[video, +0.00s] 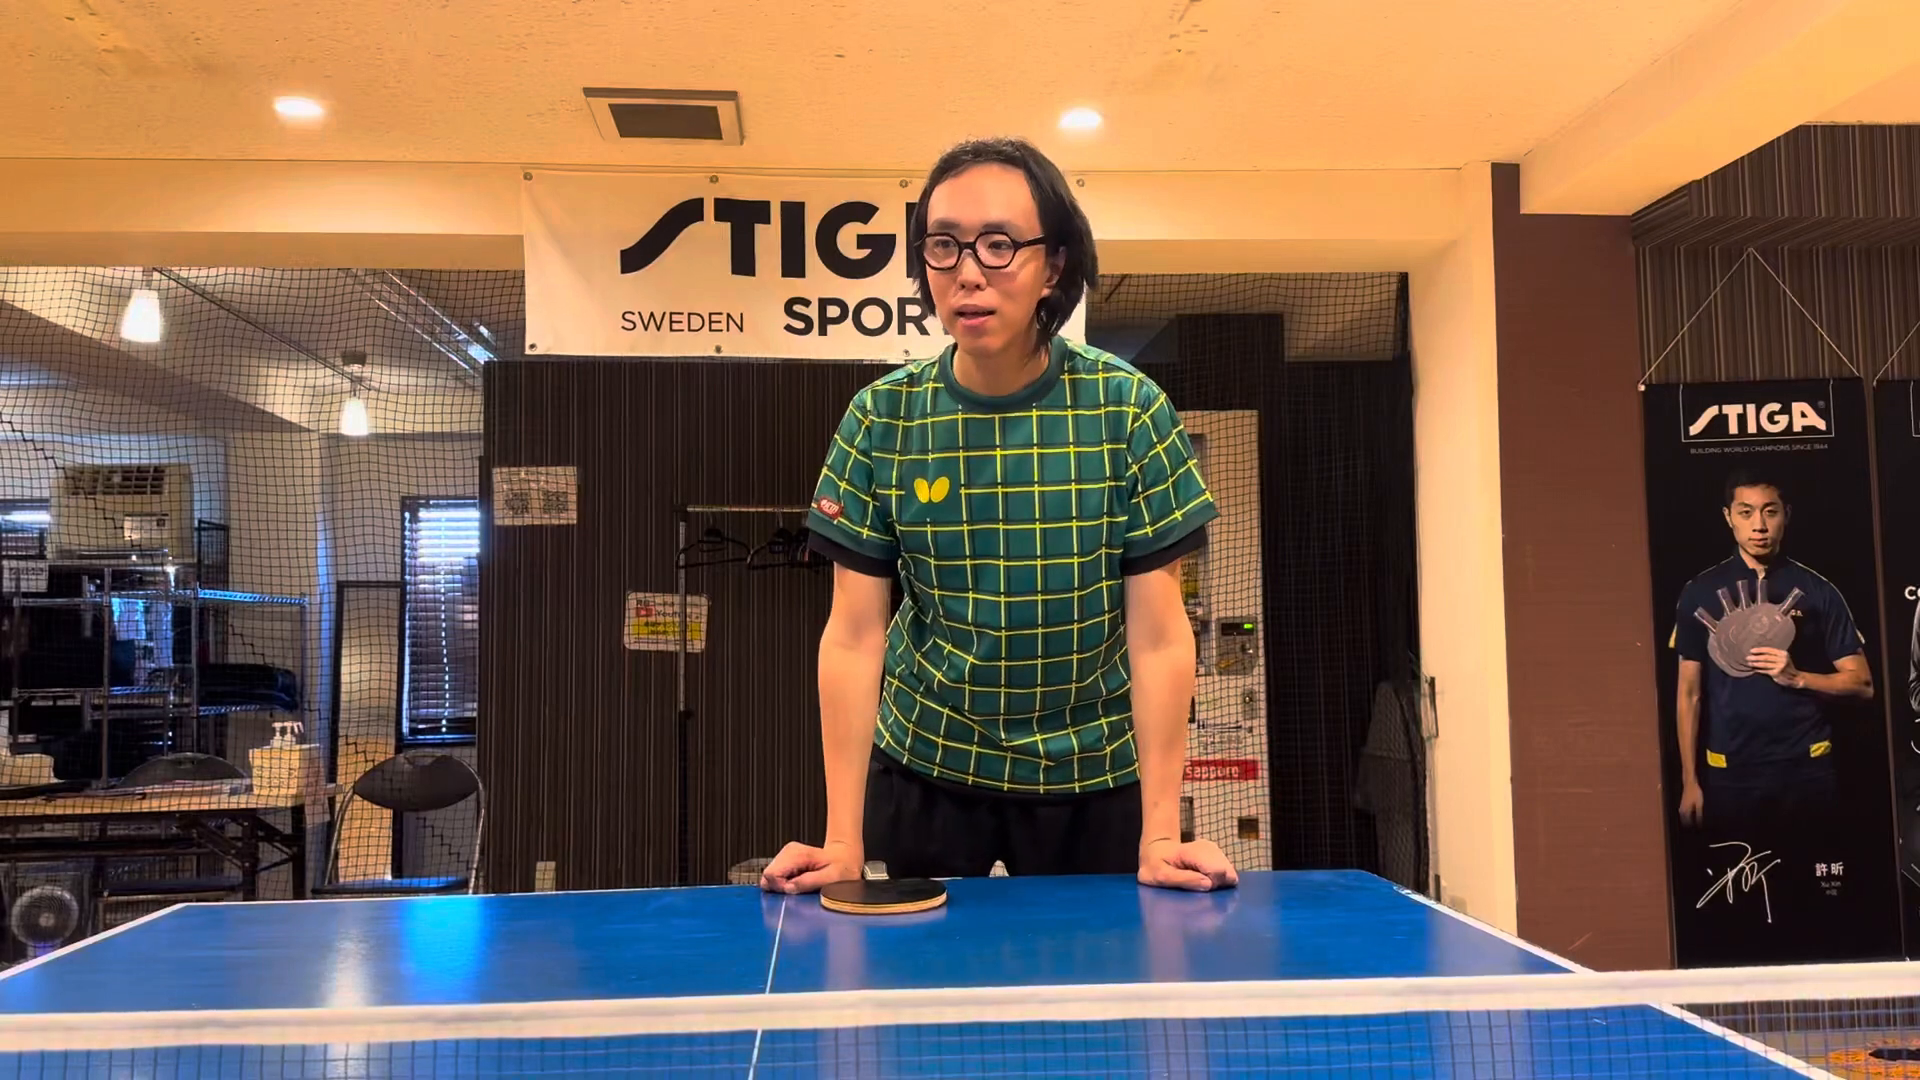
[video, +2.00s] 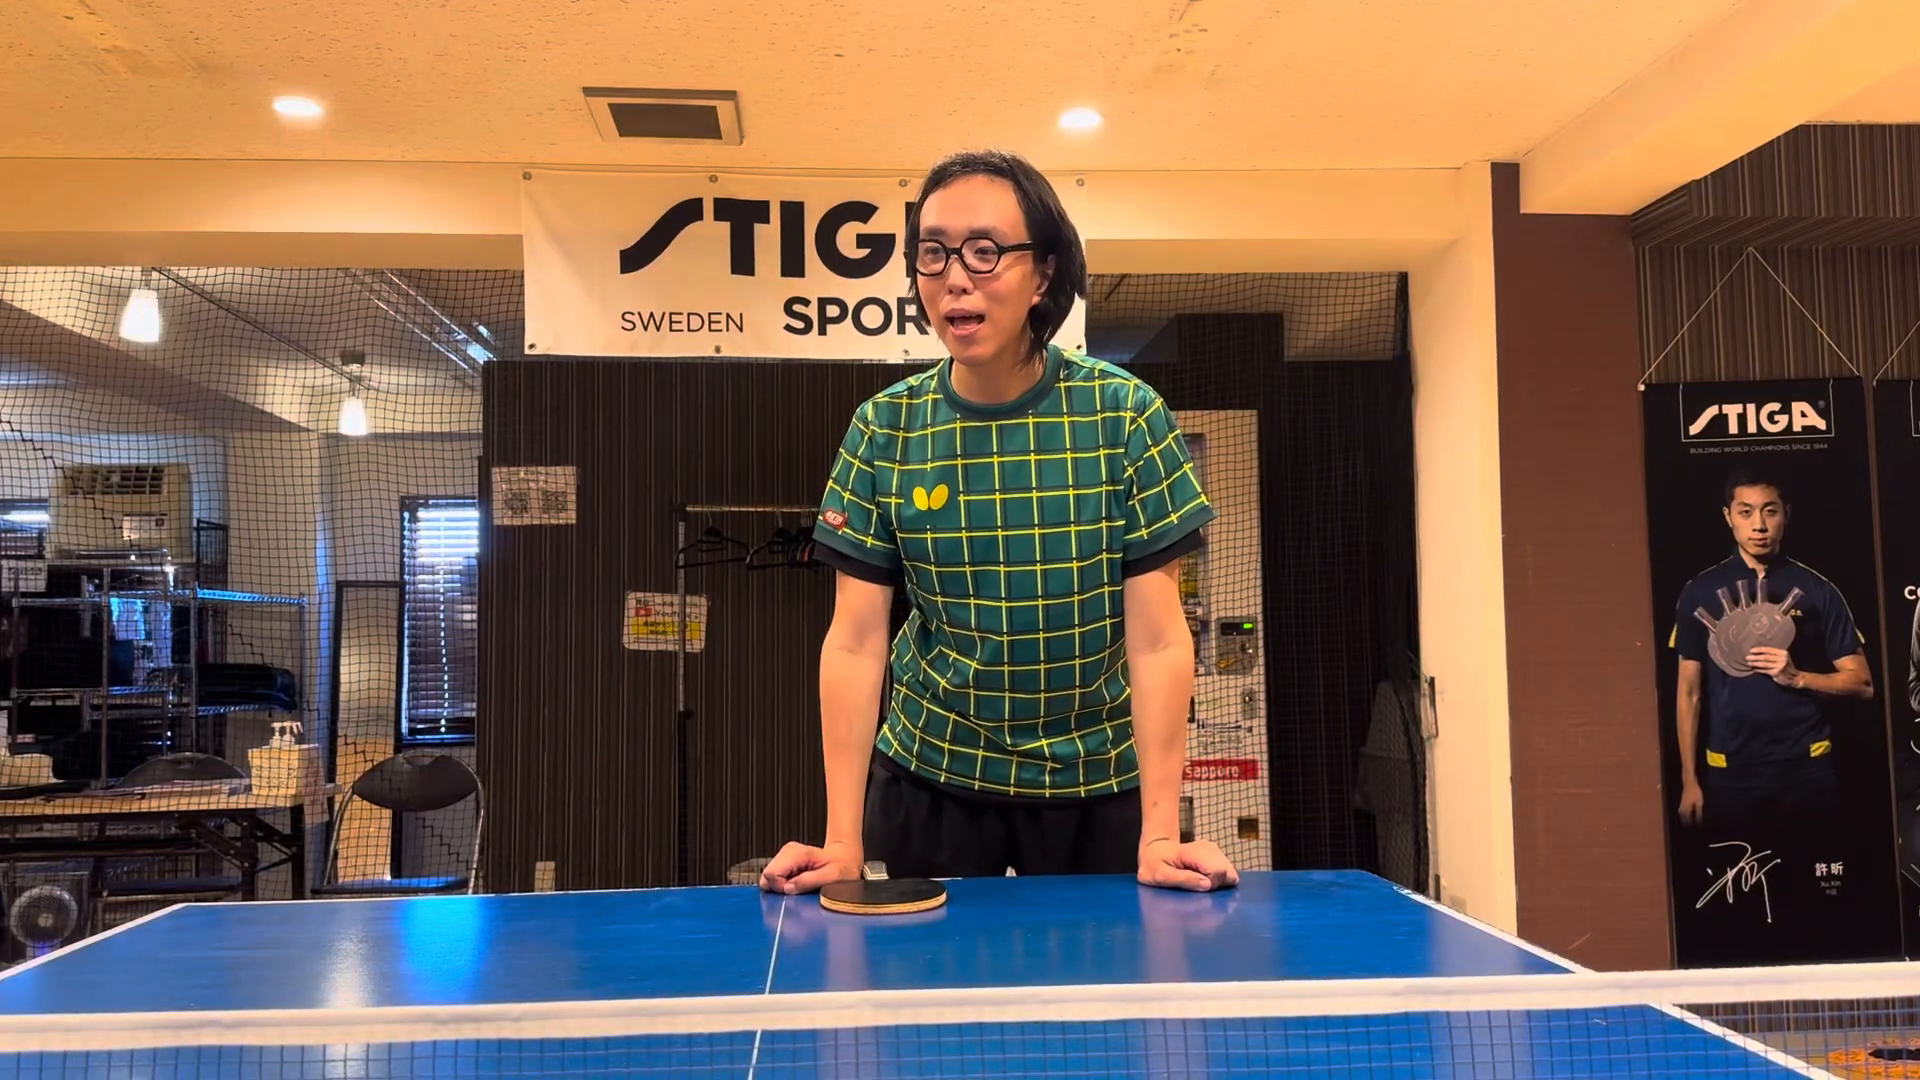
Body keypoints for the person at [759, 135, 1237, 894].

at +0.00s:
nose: (968, 272)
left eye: (999, 245)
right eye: (946, 245)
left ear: (1055, 267)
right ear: (923, 265)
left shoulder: (1126, 409)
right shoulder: (883, 416)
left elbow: (1159, 638)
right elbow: (853, 636)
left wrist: (1163, 835)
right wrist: (842, 841)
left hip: (1092, 799)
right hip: (924, 795)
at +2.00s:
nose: (955, 277)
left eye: (985, 250)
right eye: (935, 253)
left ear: (1043, 275)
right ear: (916, 275)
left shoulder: (1124, 416)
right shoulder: (887, 427)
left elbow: (1158, 641)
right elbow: (854, 643)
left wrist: (1162, 835)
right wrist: (842, 841)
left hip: (1095, 806)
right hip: (928, 803)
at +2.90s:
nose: (949, 287)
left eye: (979, 261)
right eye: (930, 264)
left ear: (1037, 284)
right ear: (913, 285)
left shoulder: (1121, 424)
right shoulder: (885, 436)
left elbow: (1155, 642)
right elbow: (853, 646)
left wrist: (1161, 836)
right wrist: (842, 847)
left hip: (1092, 787)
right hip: (928, 783)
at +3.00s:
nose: (949, 289)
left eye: (979, 263)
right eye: (931, 266)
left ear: (1037, 287)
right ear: (914, 287)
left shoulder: (1120, 426)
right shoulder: (886, 437)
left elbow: (1154, 642)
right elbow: (853, 646)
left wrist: (1161, 836)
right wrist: (842, 844)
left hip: (1090, 781)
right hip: (927, 778)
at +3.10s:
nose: (949, 290)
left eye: (980, 264)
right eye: (931, 266)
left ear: (1037, 288)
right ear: (914, 285)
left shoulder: (1120, 427)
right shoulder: (886, 438)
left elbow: (1154, 642)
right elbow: (854, 645)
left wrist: (1161, 835)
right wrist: (842, 844)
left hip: (1090, 780)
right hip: (927, 777)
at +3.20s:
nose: (949, 290)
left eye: (980, 263)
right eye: (931, 266)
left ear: (1037, 290)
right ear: (915, 286)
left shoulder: (1120, 429)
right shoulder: (886, 439)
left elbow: (1153, 644)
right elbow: (854, 645)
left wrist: (1161, 835)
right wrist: (841, 840)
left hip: (1090, 774)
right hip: (928, 770)